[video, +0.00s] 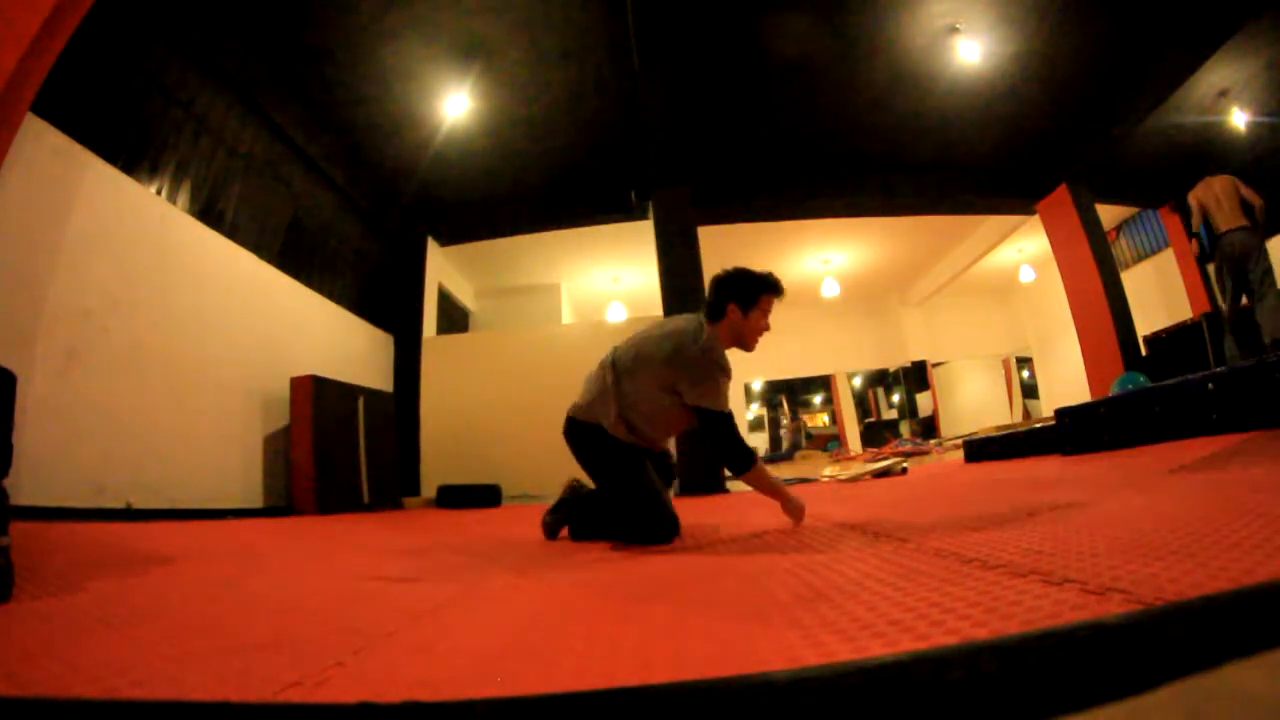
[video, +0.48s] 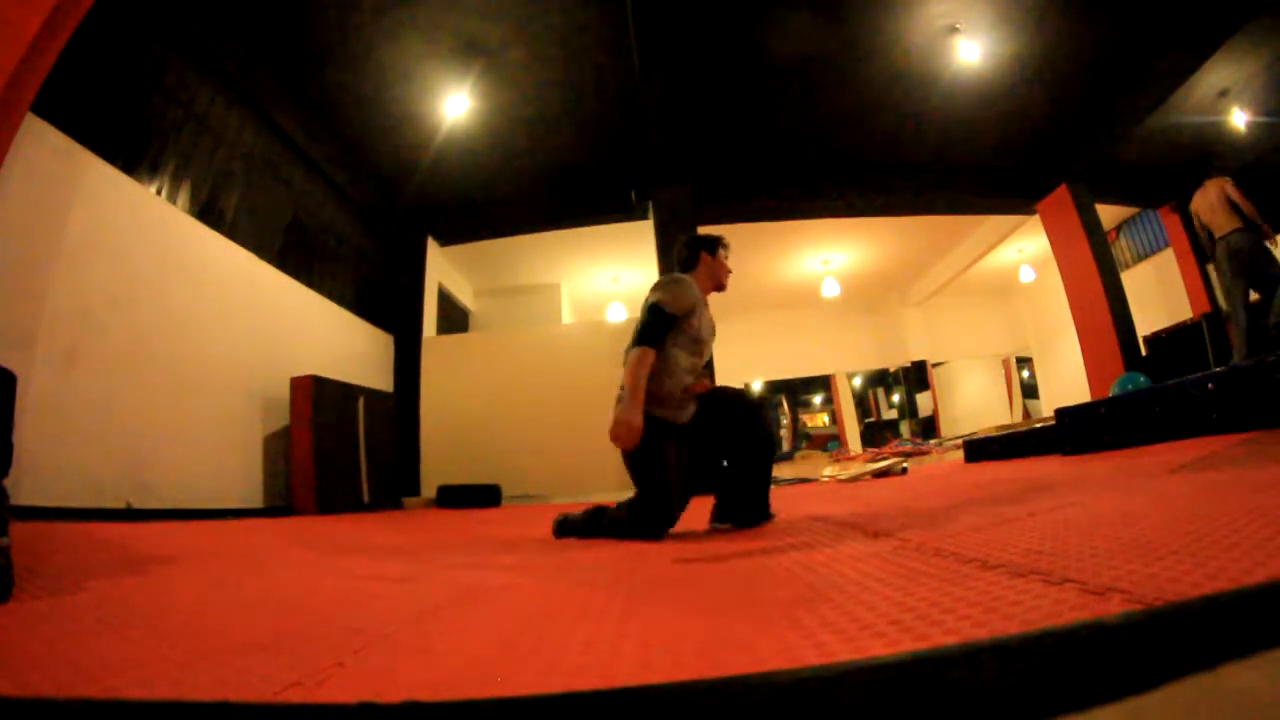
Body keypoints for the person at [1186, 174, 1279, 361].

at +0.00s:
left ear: (1194, 176)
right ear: (1210, 169)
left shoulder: (1194, 194)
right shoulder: (1230, 180)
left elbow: (1196, 217)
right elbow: (1257, 202)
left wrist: (1195, 237)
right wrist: (1259, 227)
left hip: (1224, 237)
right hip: (1246, 231)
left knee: (1230, 299)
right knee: (1264, 289)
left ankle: (1234, 352)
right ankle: (1272, 342)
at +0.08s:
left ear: (1190, 178)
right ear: (1207, 171)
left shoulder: (1191, 196)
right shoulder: (1225, 181)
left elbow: (1194, 230)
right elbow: (1252, 204)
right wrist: (1255, 228)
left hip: (1223, 239)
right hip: (1244, 233)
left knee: (1231, 299)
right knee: (1263, 287)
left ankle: (1236, 350)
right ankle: (1270, 334)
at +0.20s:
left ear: (1188, 180)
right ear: (1204, 171)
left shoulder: (1189, 201)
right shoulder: (1222, 182)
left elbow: (1194, 232)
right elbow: (1246, 203)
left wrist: (1195, 254)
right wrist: (1254, 225)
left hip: (1221, 239)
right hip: (1241, 232)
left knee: (1233, 297)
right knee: (1262, 285)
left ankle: (1243, 345)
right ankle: (1273, 330)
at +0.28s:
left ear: (1188, 181)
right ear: (1204, 172)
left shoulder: (1189, 203)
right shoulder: (1221, 183)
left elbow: (1195, 235)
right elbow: (1245, 203)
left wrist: (1197, 261)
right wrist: (1256, 228)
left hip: (1221, 240)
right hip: (1241, 232)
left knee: (1234, 298)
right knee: (1265, 285)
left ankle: (1242, 349)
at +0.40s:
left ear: (1191, 183)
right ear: (1207, 172)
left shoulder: (1191, 204)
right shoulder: (1220, 183)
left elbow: (1197, 235)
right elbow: (1242, 201)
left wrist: (1205, 260)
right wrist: (1260, 226)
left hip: (1220, 241)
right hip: (1240, 232)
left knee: (1234, 300)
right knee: (1270, 279)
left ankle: (1241, 351)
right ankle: (1269, 318)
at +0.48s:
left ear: (1196, 179)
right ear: (1212, 169)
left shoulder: (1194, 204)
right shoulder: (1222, 183)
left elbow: (1203, 234)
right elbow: (1242, 204)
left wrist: (1211, 253)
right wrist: (1261, 224)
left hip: (1220, 243)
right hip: (1240, 233)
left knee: (1235, 300)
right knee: (1273, 279)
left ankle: (1241, 353)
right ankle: (1274, 324)